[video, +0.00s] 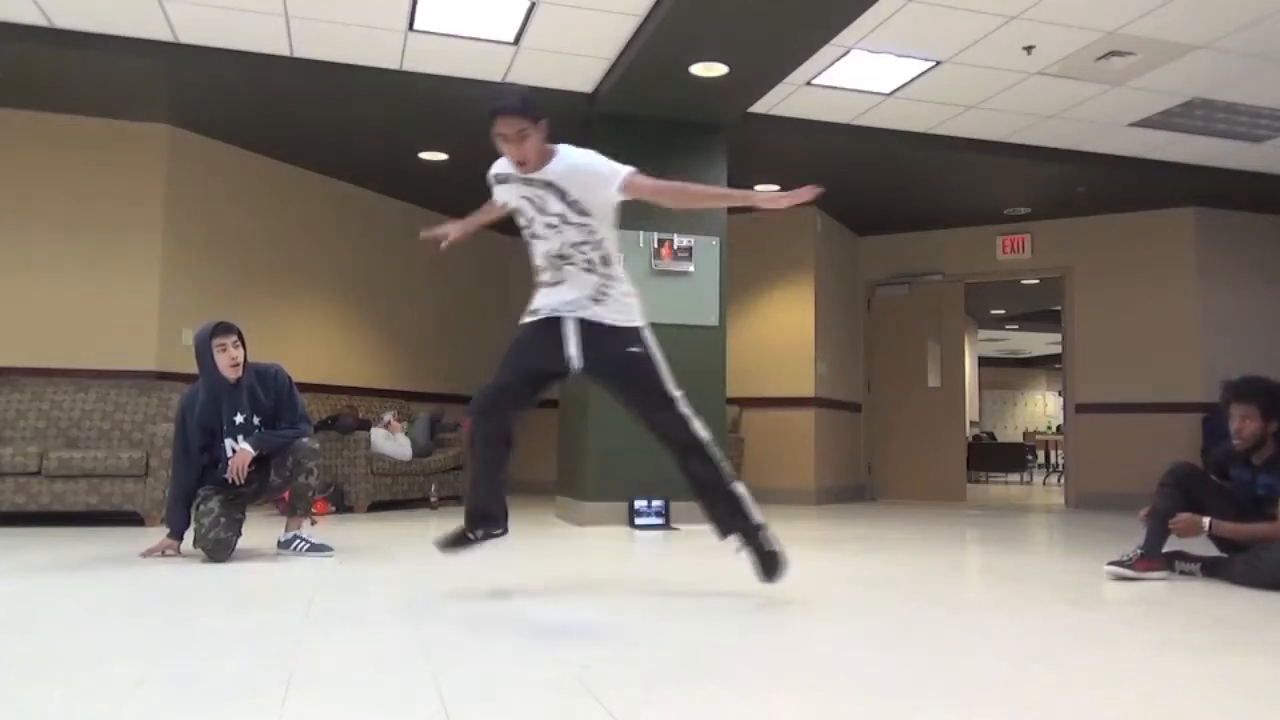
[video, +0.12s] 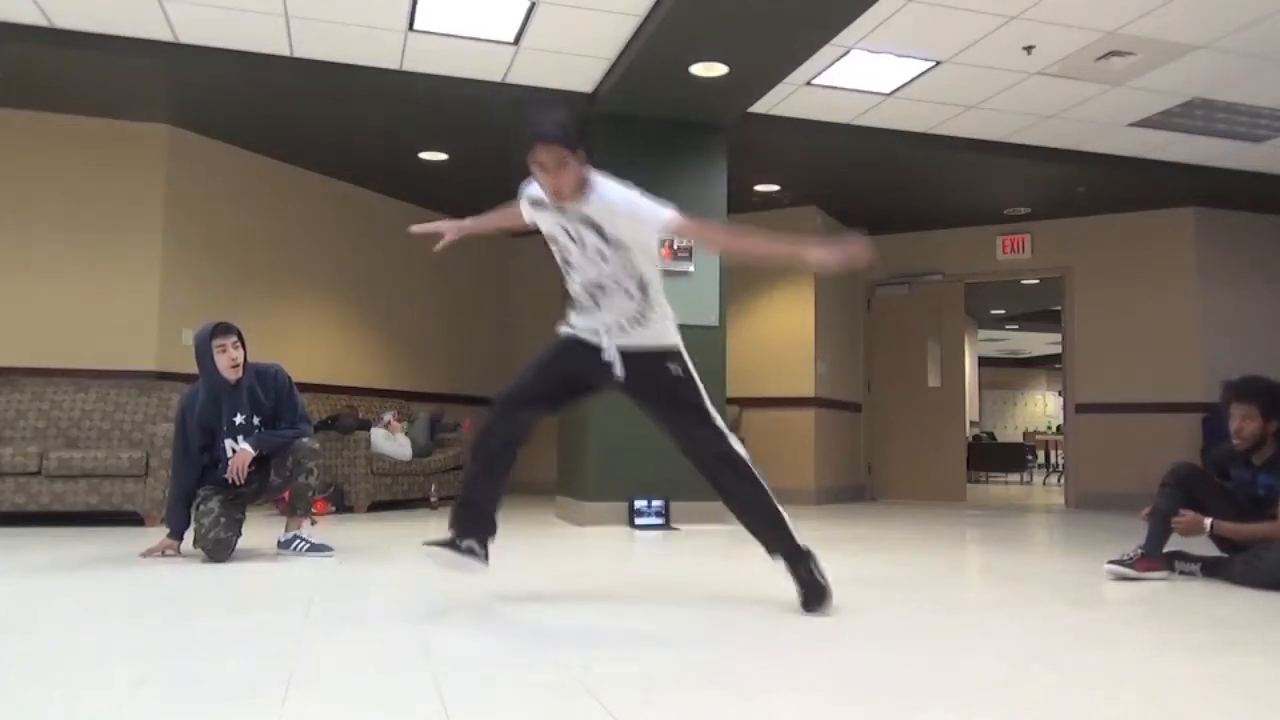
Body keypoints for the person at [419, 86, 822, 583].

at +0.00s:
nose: (513, 149)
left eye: (521, 136)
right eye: (503, 140)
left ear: (544, 130)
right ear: (495, 140)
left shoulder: (582, 167)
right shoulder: (503, 175)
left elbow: (666, 193)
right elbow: (505, 201)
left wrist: (762, 199)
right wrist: (463, 226)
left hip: (610, 317)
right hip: (549, 317)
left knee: (678, 427)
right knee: (490, 408)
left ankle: (751, 532)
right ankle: (486, 520)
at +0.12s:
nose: (549, 180)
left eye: (557, 167)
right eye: (541, 170)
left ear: (581, 160)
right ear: (534, 168)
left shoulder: (617, 201)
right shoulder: (537, 196)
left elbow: (711, 234)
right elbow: (518, 216)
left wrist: (809, 252)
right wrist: (462, 226)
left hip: (651, 347)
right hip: (584, 342)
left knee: (717, 453)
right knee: (510, 412)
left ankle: (797, 561)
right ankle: (471, 532)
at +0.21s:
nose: (582, 228)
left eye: (591, 216)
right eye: (573, 218)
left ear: (614, 214)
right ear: (563, 219)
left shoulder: (648, 263)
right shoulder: (556, 249)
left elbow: (731, 318)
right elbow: (496, 260)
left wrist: (829, 352)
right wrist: (419, 251)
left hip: (672, 387)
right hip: (606, 382)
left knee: (729, 482)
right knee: (535, 443)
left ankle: (814, 579)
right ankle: (488, 574)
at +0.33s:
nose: (603, 277)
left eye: (613, 266)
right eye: (594, 266)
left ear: (632, 270)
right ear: (579, 270)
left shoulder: (654, 319)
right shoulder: (557, 292)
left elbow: (710, 395)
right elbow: (487, 298)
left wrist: (761, 466)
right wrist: (437, 297)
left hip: (661, 393)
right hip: (590, 390)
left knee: (722, 479)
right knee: (536, 462)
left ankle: (817, 576)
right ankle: (503, 583)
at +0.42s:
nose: (628, 318)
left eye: (641, 307)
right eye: (619, 302)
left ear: (654, 310)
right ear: (602, 299)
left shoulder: (658, 369)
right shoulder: (572, 316)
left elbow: (676, 463)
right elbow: (471, 335)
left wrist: (709, 543)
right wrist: (507, 371)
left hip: (627, 414)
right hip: (559, 399)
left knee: (696, 480)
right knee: (502, 447)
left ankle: (784, 536)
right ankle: (494, 583)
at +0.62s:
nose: (700, 330)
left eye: (715, 325)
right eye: (694, 316)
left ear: (724, 341)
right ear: (675, 317)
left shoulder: (694, 418)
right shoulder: (629, 330)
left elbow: (673, 503)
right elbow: (560, 281)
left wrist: (676, 596)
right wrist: (518, 235)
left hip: (592, 476)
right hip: (553, 432)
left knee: (530, 556)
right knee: (523, 471)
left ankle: (491, 509)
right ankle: (480, 585)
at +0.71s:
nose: (728, 326)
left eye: (742, 324)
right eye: (724, 314)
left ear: (751, 342)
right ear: (707, 315)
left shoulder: (720, 415)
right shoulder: (670, 323)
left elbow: (687, 494)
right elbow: (607, 263)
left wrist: (676, 592)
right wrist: (552, 202)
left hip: (587, 481)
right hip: (567, 428)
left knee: (482, 581)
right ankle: (474, 587)